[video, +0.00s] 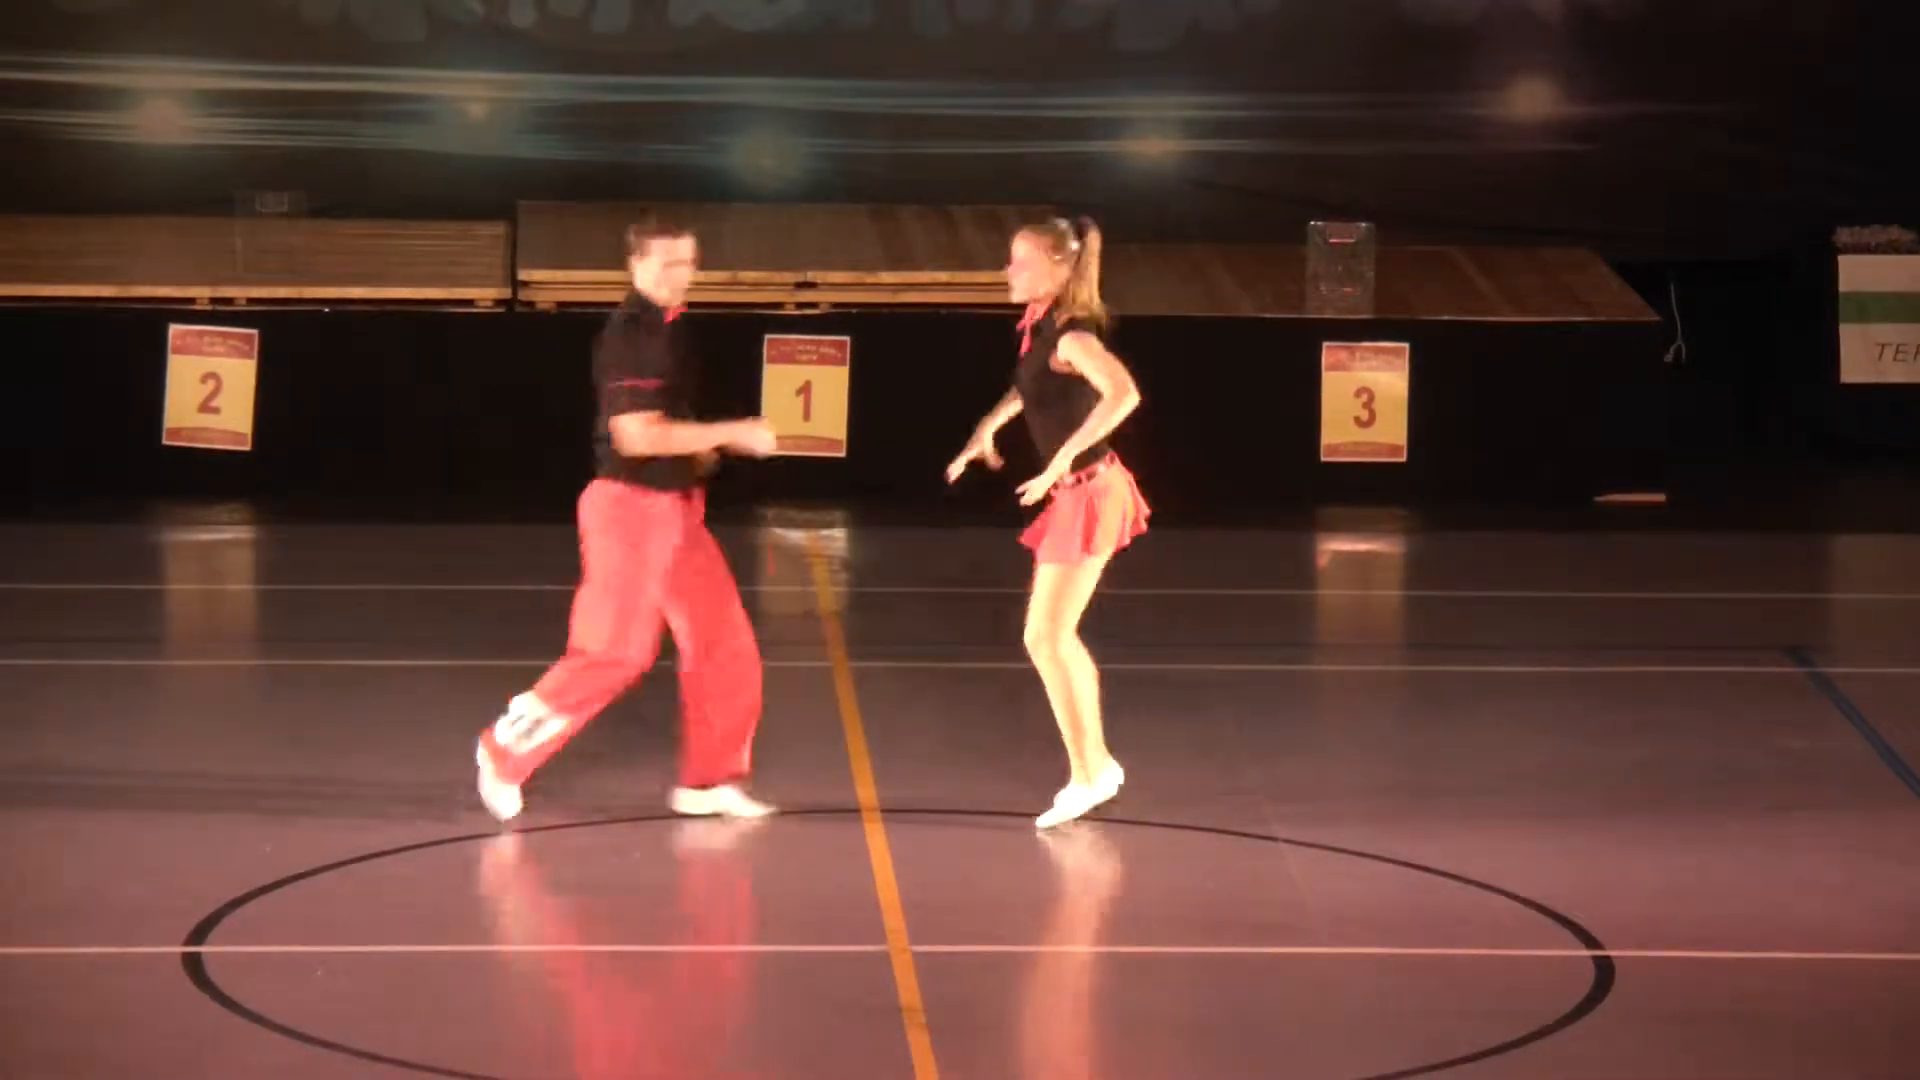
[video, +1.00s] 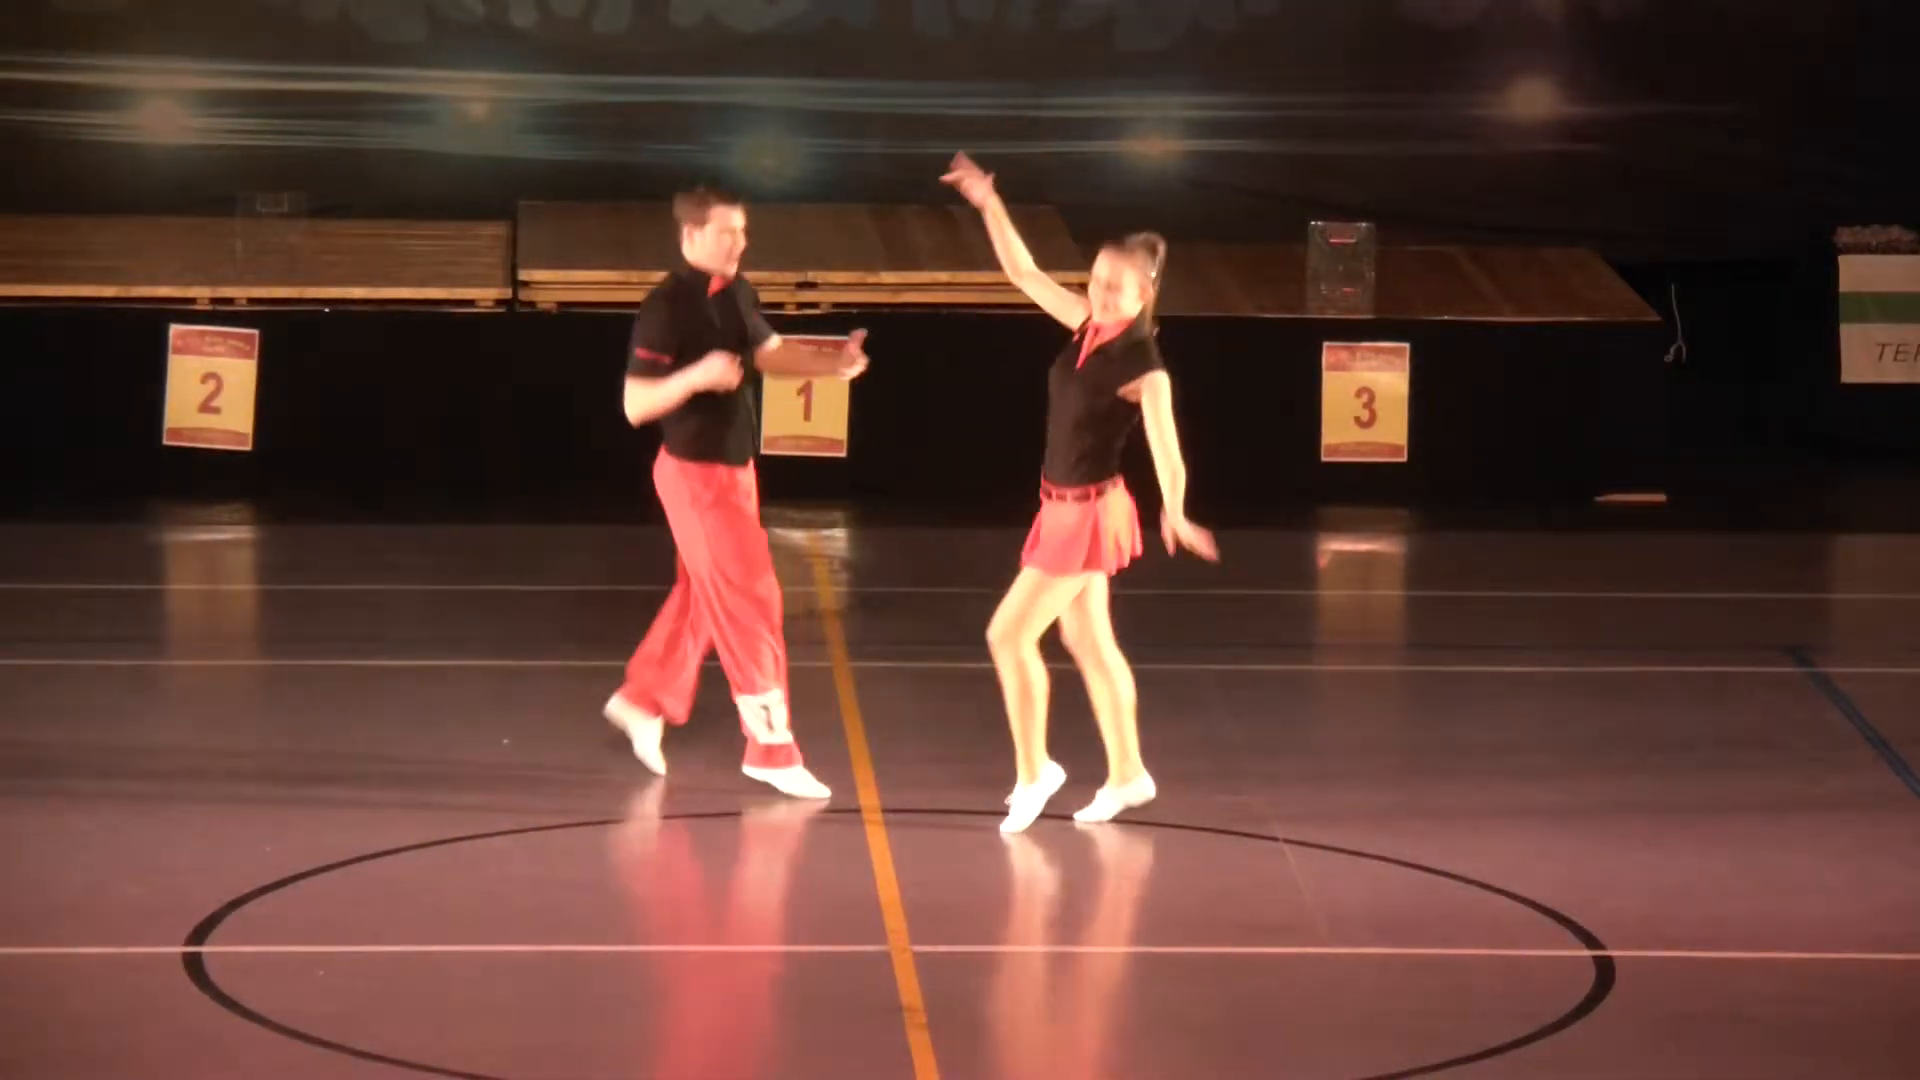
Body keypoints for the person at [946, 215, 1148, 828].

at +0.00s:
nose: (1009, 272)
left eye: (1019, 262)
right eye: (1011, 261)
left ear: (1054, 268)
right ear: (1043, 269)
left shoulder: (1069, 338)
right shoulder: (1039, 330)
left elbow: (1124, 392)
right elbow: (1029, 389)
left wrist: (1062, 456)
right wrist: (986, 431)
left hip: (1093, 490)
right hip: (1076, 491)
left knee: (1044, 636)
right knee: (1056, 634)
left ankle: (1089, 772)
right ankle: (1094, 765)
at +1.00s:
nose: (1104, 294)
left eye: (1119, 286)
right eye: (1099, 280)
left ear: (1146, 295)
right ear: (1088, 278)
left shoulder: (1141, 359)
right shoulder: (1082, 320)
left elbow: (1163, 439)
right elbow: (1022, 271)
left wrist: (1174, 509)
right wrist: (988, 203)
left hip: (1090, 511)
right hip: (1063, 506)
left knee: (1008, 634)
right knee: (1093, 648)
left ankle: (1033, 769)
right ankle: (1128, 775)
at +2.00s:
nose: (1088, 263)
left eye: (1098, 253)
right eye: (1090, 252)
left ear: (1129, 260)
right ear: (1118, 259)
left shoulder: (1134, 334)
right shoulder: (1112, 302)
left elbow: (1037, 339)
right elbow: (1039, 273)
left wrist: (1003, 251)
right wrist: (971, 233)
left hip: (1140, 494)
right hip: (1102, 470)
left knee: (1110, 632)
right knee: (993, 454)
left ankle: (1121, 766)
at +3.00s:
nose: (1072, 278)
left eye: (1088, 271)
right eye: (1075, 269)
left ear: (1117, 285)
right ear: (1093, 283)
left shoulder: (1127, 346)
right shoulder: (1088, 346)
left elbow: (1072, 293)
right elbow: (1024, 401)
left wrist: (1084, 235)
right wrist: (950, 383)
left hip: (1116, 517)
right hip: (1075, 498)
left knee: (1079, 648)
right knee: (962, 474)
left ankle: (1091, 788)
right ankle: (846, 541)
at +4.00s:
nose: (1039, 268)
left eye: (1049, 258)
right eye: (1040, 257)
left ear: (1080, 263)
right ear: (1075, 263)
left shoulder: (1089, 331)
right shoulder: (1057, 327)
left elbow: (1111, 415)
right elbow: (985, 350)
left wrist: (1051, 384)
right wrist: (905, 343)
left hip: (1050, 485)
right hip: (1073, 487)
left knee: (984, 616)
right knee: (1025, 622)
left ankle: (1016, 759)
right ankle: (1027, 755)